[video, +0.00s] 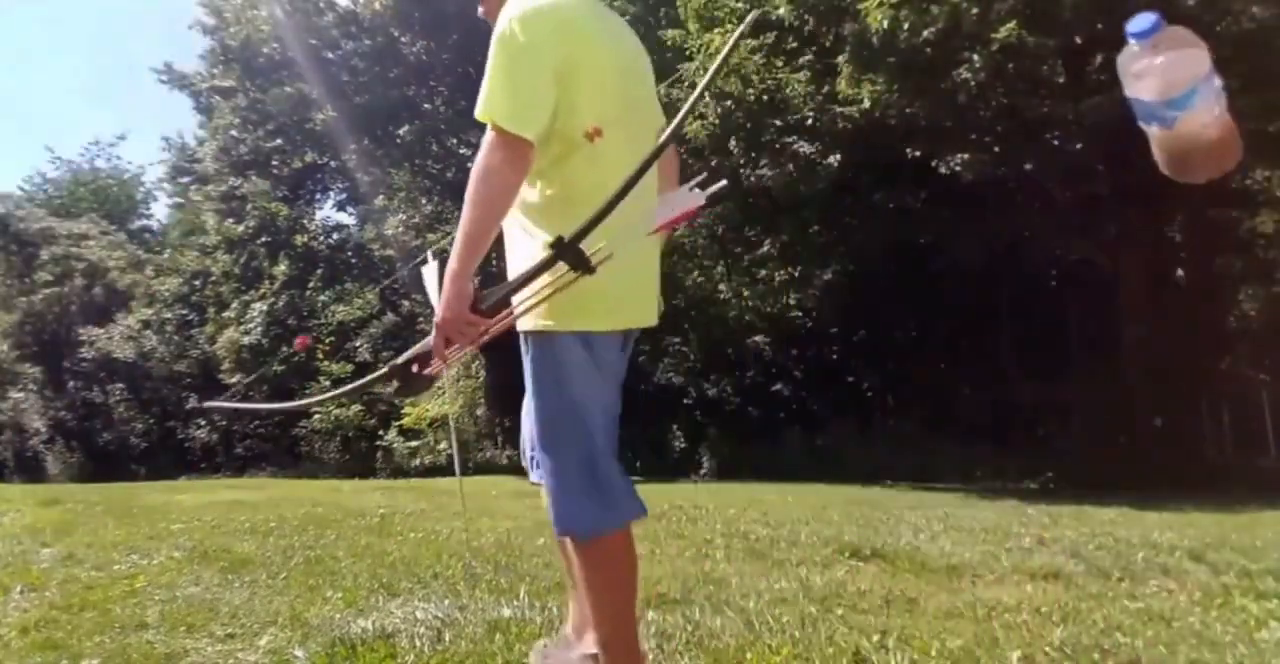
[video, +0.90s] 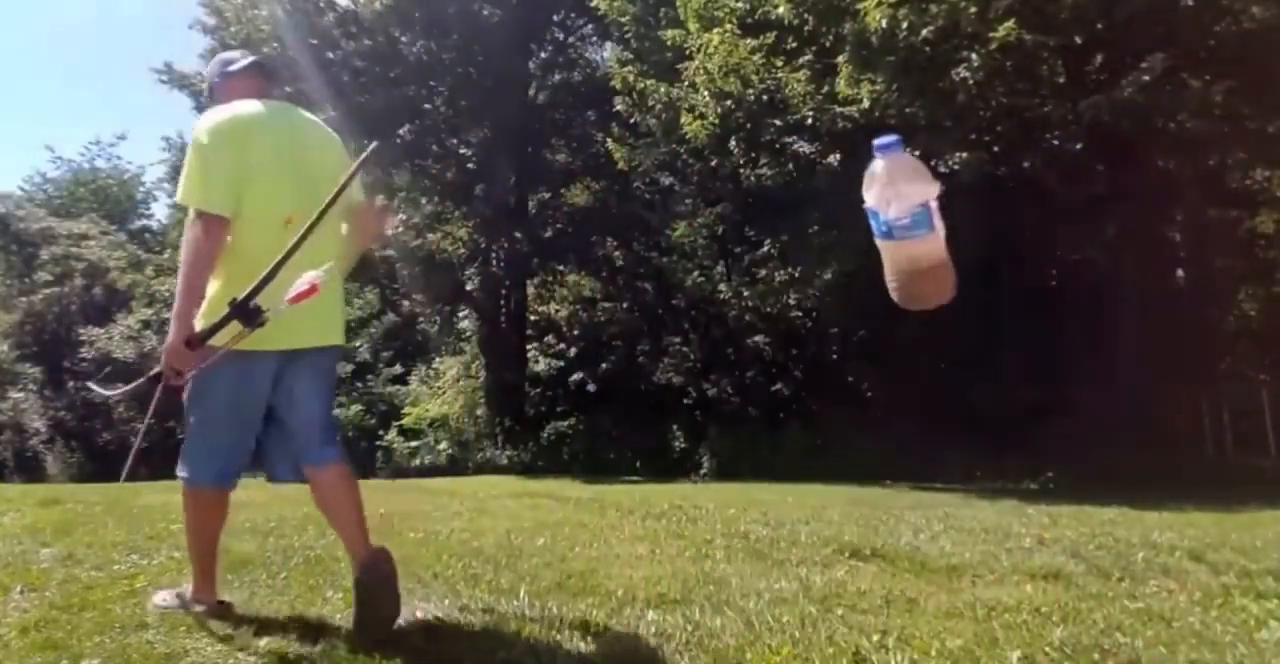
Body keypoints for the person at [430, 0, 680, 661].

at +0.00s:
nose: (482, 14)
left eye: (481, 9)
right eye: (481, 11)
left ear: (493, 1)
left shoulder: (526, 24)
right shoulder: (609, 26)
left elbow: (506, 151)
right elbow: (661, 146)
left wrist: (457, 280)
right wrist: (656, 226)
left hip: (571, 289)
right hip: (623, 282)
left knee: (580, 467)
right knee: (550, 449)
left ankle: (620, 652)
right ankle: (586, 634)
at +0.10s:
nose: (446, 20)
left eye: (446, 13)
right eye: (446, 15)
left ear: (460, 2)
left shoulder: (480, 38)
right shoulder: (582, 50)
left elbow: (451, 162)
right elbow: (635, 168)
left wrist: (397, 280)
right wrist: (636, 270)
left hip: (526, 302)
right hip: (585, 294)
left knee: (570, 486)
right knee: (506, 455)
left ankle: (617, 656)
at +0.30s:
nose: (388, 59)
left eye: (388, 48)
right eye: (389, 49)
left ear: (400, 34)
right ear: (446, 28)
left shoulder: (400, 77)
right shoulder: (511, 93)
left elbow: (370, 189)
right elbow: (557, 199)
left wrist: (321, 304)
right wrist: (568, 294)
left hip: (436, 315)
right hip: (500, 313)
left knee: (470, 473)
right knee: (432, 463)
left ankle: (574, 638)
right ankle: (407, 620)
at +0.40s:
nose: (380, 64)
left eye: (379, 54)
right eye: (382, 56)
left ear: (391, 40)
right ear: (440, 36)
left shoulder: (390, 78)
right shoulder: (499, 95)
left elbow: (362, 188)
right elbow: (542, 199)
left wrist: (315, 302)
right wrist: (553, 295)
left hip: (420, 312)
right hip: (486, 308)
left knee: (438, 471)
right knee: (428, 464)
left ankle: (544, 616)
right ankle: (407, 619)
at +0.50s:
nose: (335, 64)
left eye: (335, 55)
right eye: (339, 55)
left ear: (345, 47)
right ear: (395, 48)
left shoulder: (338, 81)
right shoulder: (447, 102)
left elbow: (312, 193)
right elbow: (478, 211)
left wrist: (284, 302)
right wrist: (459, 291)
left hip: (346, 291)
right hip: (423, 300)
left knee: (355, 431)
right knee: (411, 443)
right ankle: (405, 620)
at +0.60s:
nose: (306, 75)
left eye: (307, 67)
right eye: (310, 67)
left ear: (318, 56)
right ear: (364, 57)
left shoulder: (312, 94)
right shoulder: (418, 113)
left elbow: (292, 199)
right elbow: (444, 221)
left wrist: (262, 309)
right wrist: (410, 262)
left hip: (322, 313)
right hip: (404, 315)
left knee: (272, 444)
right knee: (400, 462)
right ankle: (403, 618)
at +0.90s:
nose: (211, 103)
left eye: (211, 94)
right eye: (214, 95)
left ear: (223, 87)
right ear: (268, 83)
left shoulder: (218, 126)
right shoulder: (319, 130)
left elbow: (209, 227)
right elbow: (365, 220)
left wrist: (180, 324)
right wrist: (324, 274)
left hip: (238, 327)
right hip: (317, 323)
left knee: (207, 457)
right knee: (316, 443)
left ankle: (203, 591)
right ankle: (365, 558)